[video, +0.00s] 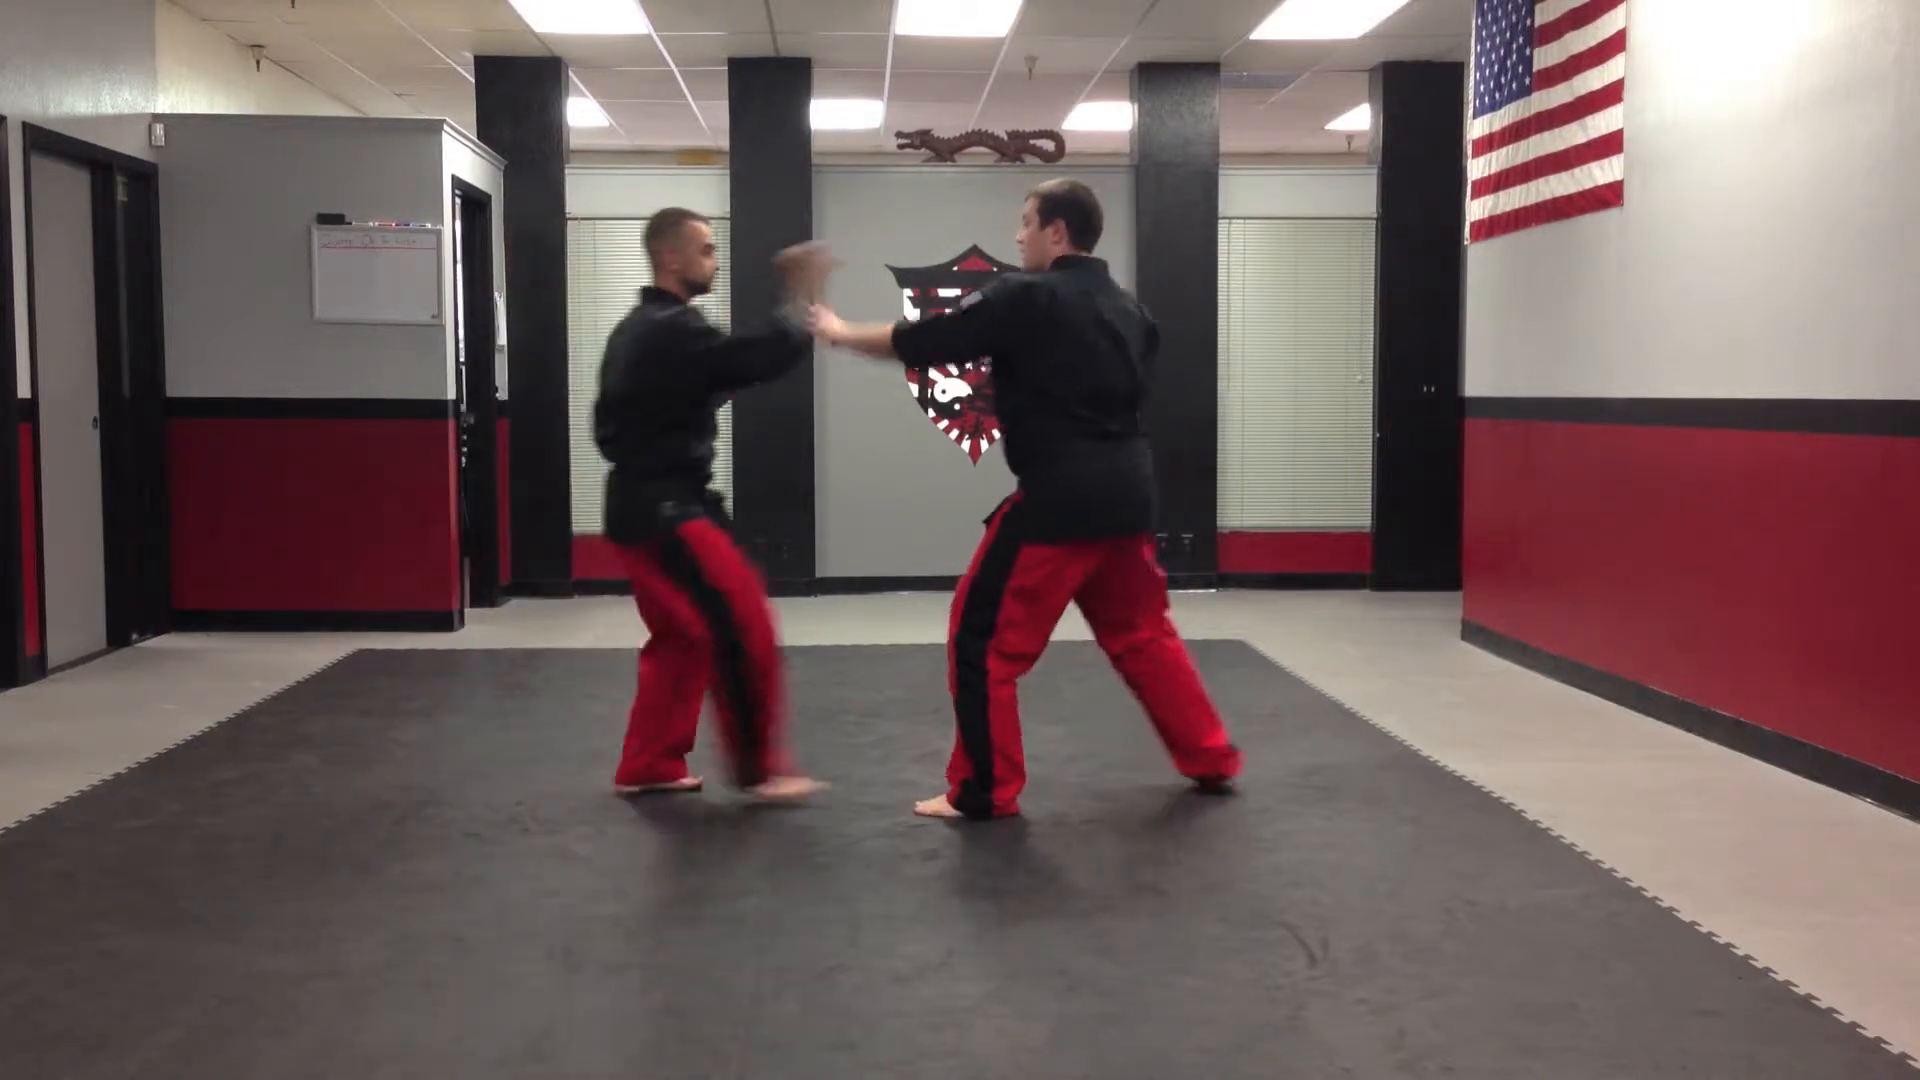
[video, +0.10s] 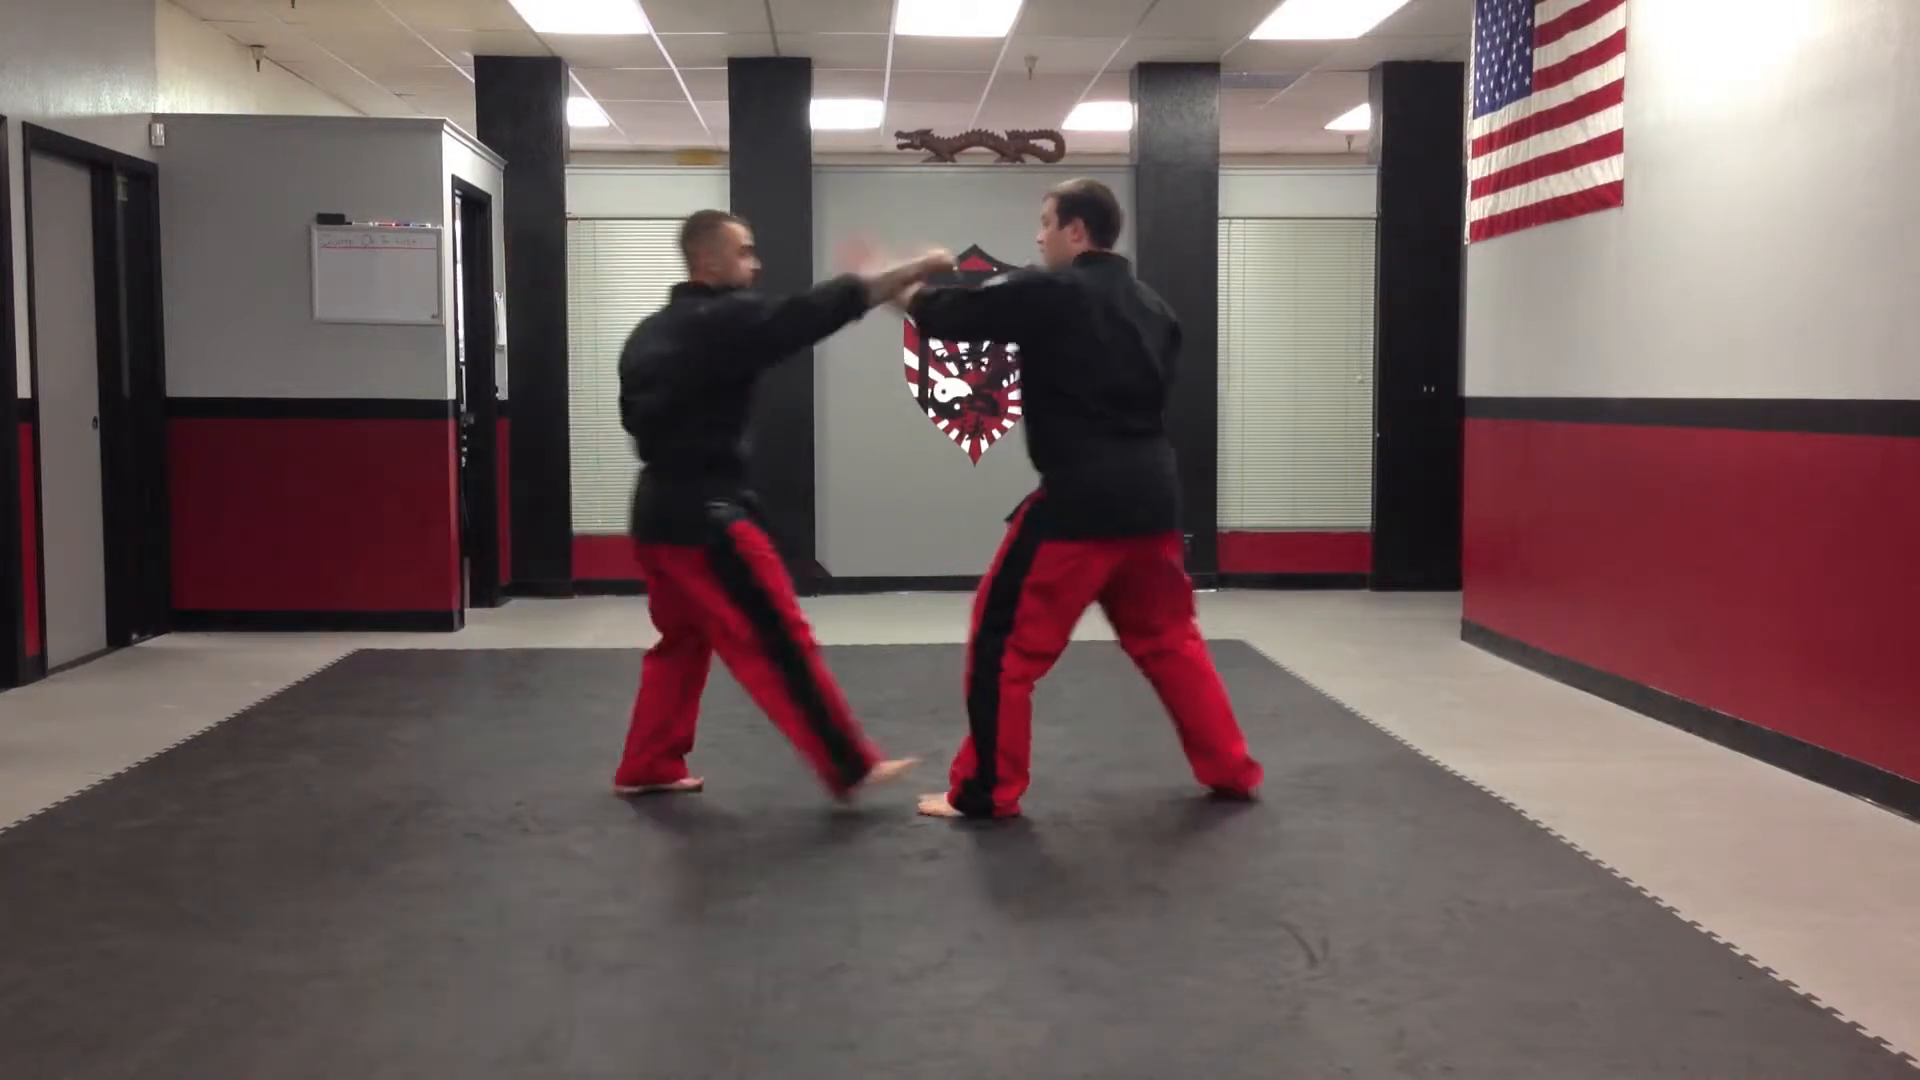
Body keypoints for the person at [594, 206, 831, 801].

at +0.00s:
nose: (715, 261)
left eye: (713, 249)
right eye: (704, 250)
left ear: (665, 260)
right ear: (667, 257)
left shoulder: (633, 330)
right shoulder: (675, 331)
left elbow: (611, 430)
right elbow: (751, 362)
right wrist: (798, 315)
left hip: (636, 511)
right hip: (672, 510)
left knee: (679, 636)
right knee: (743, 619)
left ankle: (649, 765)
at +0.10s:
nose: (755, 262)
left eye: (752, 251)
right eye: (744, 252)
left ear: (698, 263)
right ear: (707, 259)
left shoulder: (650, 333)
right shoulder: (727, 320)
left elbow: (640, 423)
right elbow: (808, 313)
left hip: (659, 516)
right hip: (711, 518)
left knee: (680, 641)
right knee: (780, 637)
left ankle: (649, 766)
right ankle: (851, 766)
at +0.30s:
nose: (813, 270)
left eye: (812, 260)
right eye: (806, 260)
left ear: (753, 269)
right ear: (774, 265)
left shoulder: (704, 338)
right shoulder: (796, 328)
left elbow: (668, 428)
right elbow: (865, 329)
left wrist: (734, 425)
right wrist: (925, 308)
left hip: (722, 524)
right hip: (790, 524)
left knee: (731, 647)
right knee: (865, 650)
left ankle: (665, 766)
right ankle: (890, 791)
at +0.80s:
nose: (833, 258)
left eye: (828, 246)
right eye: (827, 248)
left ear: (771, 260)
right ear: (813, 259)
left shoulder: (730, 328)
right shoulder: (832, 326)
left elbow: (688, 412)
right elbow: (902, 348)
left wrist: (747, 393)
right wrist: (989, 349)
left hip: (736, 513)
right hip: (813, 517)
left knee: (722, 646)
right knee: (869, 656)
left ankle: (677, 780)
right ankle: (887, 792)